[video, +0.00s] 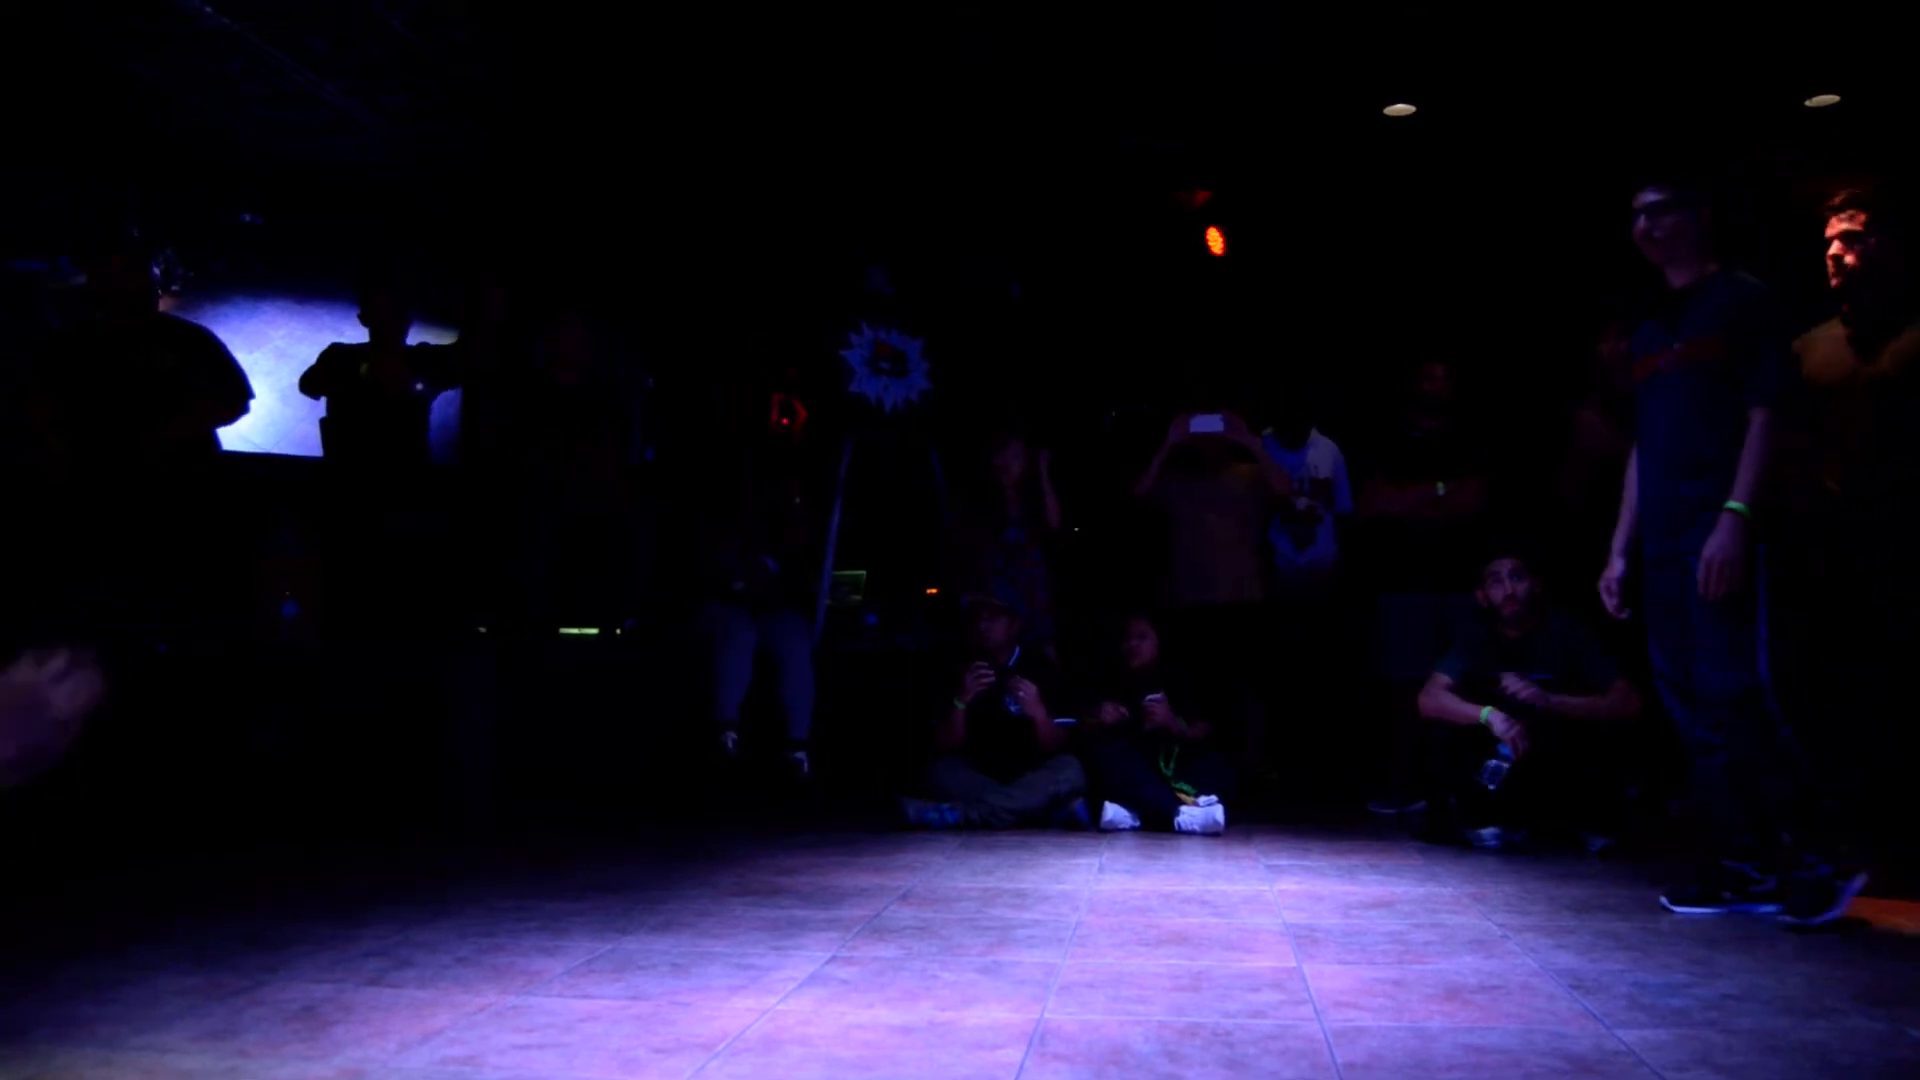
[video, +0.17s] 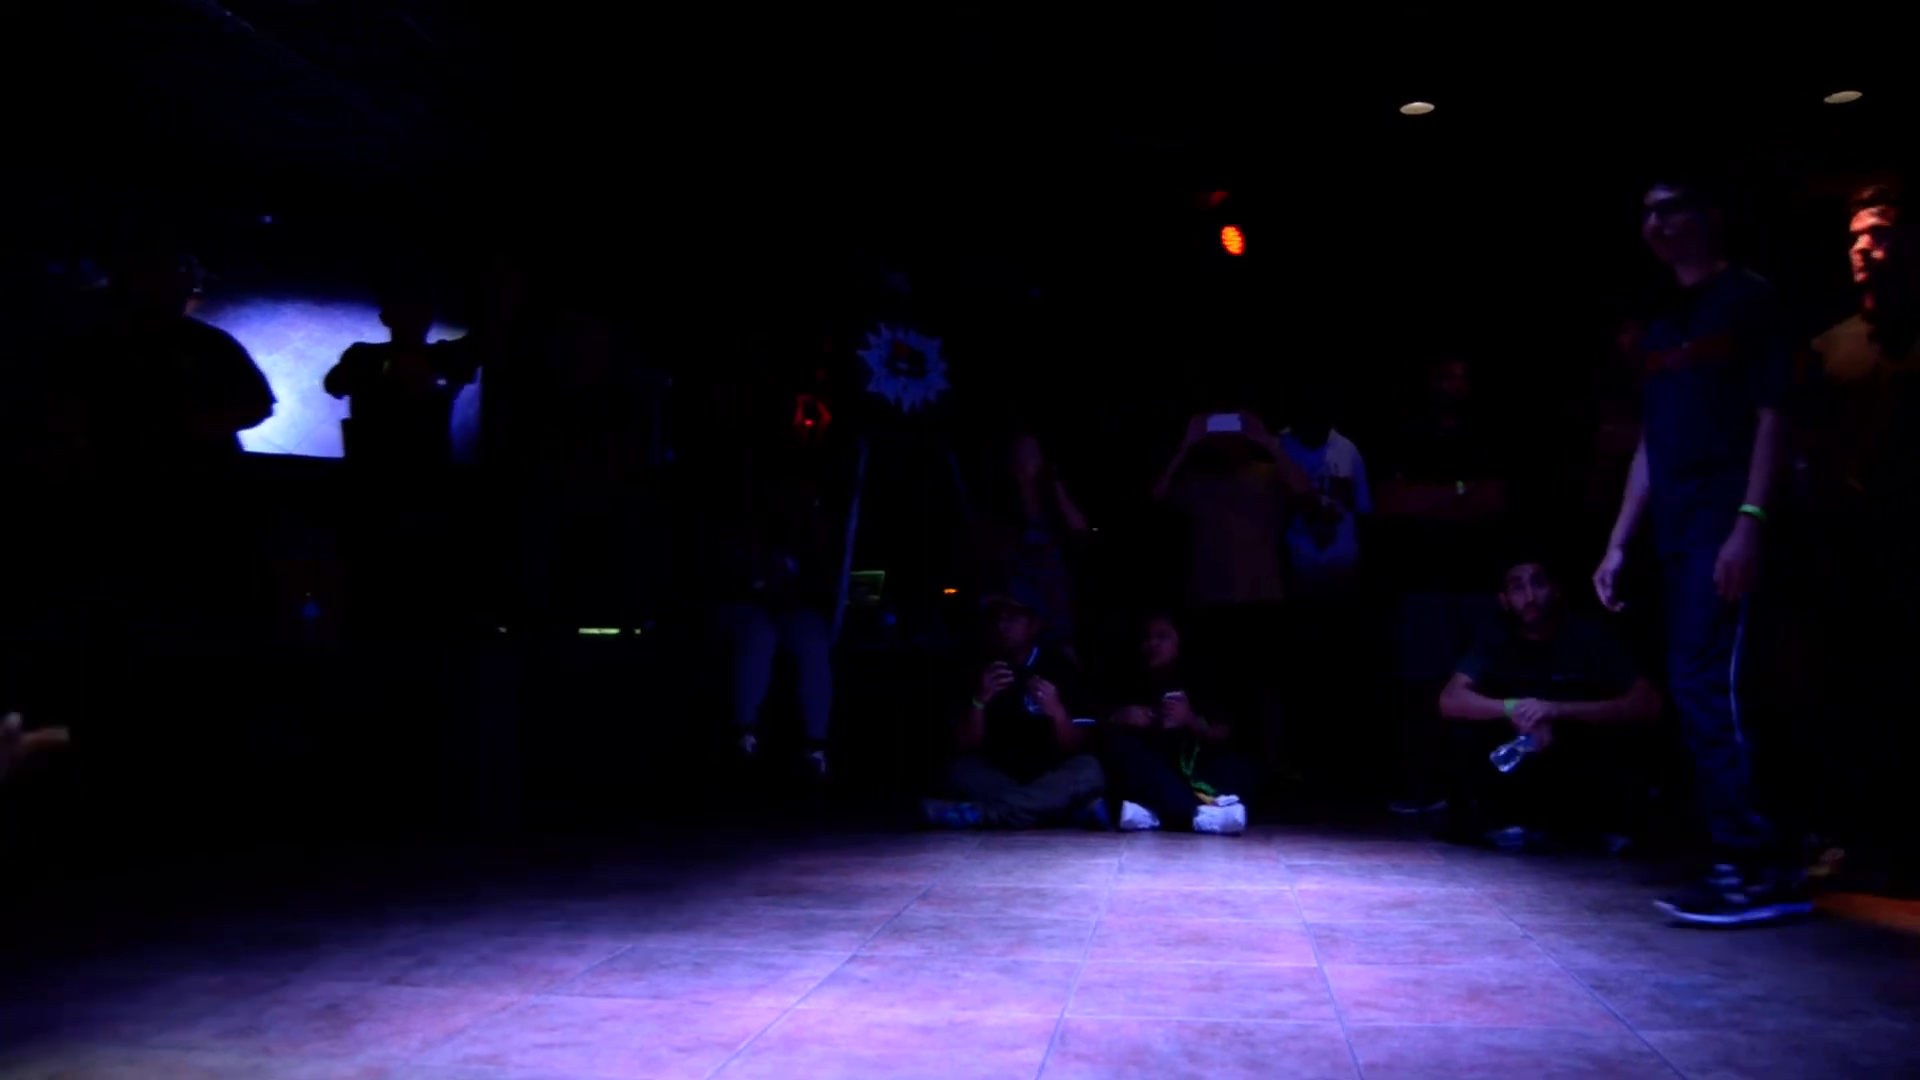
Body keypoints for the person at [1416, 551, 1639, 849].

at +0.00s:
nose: (1508, 589)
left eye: (1517, 578)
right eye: (1496, 581)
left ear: (1534, 585)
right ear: (1483, 595)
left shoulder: (1566, 634)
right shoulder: (1478, 638)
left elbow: (1624, 702)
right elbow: (1430, 699)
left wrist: (1547, 700)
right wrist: (1488, 716)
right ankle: (1485, 821)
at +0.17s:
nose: (1530, 597)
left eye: (1538, 584)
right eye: (1518, 588)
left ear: (1554, 590)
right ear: (1505, 599)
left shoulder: (1588, 639)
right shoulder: (1497, 640)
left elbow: (1645, 702)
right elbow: (1451, 700)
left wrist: (1557, 709)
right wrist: (1518, 712)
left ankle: (1612, 826)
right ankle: (1510, 822)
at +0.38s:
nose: (1562, 591)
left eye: (1570, 580)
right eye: (1550, 583)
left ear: (1587, 585)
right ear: (1537, 595)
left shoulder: (1618, 637)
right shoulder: (1528, 636)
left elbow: (1660, 702)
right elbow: (1482, 697)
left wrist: (1589, 705)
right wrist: (1549, 708)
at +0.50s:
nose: (1563, 597)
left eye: (1572, 584)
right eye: (1551, 588)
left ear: (1589, 589)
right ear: (1538, 598)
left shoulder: (1618, 639)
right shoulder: (1529, 639)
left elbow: (1652, 704)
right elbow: (1484, 699)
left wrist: (1592, 701)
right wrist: (1550, 705)